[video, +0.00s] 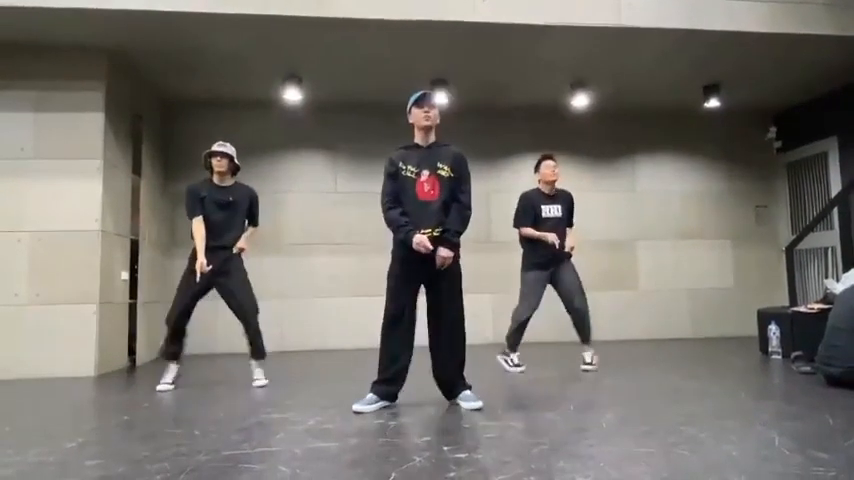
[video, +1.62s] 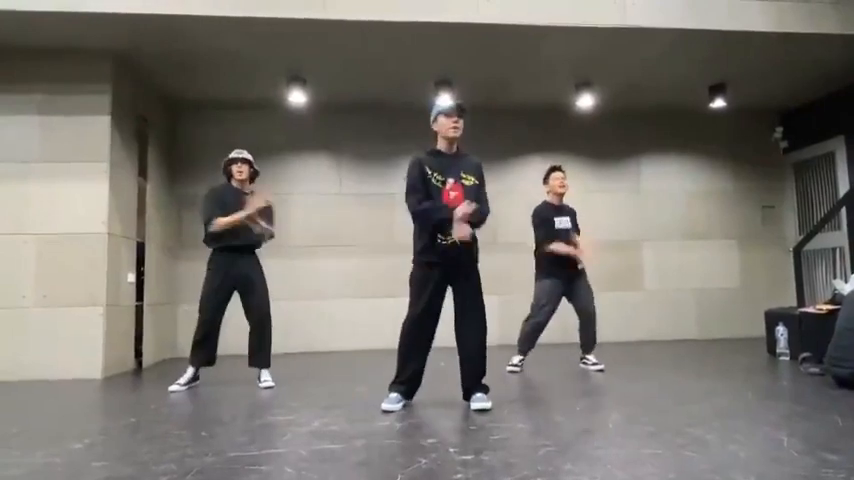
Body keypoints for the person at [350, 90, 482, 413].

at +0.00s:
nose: (427, 112)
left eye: (432, 107)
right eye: (421, 107)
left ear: (438, 115)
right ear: (410, 116)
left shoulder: (454, 158)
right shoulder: (397, 159)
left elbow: (462, 205)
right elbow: (390, 207)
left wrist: (449, 241)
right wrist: (410, 235)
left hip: (445, 251)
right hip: (407, 250)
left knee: (449, 320)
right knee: (397, 319)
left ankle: (456, 388)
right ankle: (385, 390)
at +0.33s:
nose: (437, 114)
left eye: (440, 110)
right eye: (429, 109)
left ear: (445, 118)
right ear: (416, 119)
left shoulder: (458, 161)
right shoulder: (406, 159)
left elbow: (466, 208)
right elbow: (401, 205)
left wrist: (457, 242)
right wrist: (441, 227)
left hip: (449, 255)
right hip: (413, 256)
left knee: (457, 323)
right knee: (400, 323)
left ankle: (458, 388)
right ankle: (387, 391)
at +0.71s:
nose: (421, 121)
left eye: (424, 116)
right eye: (415, 116)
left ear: (428, 123)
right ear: (399, 122)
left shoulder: (432, 168)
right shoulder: (387, 161)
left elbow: (437, 208)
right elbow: (389, 198)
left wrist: (438, 241)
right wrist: (436, 197)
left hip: (425, 257)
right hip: (392, 258)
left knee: (443, 325)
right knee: (385, 325)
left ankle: (452, 390)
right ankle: (374, 390)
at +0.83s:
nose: (408, 124)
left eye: (413, 120)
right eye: (402, 120)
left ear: (420, 127)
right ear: (392, 127)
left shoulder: (434, 169)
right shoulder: (378, 167)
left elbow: (441, 216)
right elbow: (369, 215)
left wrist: (427, 250)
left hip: (421, 263)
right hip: (382, 264)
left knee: (437, 325)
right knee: (379, 329)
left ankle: (458, 388)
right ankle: (377, 390)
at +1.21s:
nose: (410, 119)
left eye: (416, 114)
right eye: (407, 115)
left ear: (432, 117)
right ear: (403, 121)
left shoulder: (446, 146)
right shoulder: (408, 161)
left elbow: (459, 192)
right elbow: (399, 203)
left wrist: (441, 231)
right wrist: (374, 208)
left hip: (447, 249)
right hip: (414, 250)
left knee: (458, 317)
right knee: (398, 316)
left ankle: (475, 387)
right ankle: (381, 388)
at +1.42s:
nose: (442, 127)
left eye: (447, 122)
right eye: (436, 122)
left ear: (456, 128)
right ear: (427, 127)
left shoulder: (473, 166)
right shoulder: (417, 171)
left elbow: (481, 211)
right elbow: (412, 213)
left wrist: (466, 247)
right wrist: (412, 239)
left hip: (465, 257)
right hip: (429, 258)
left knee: (469, 326)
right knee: (415, 324)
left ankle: (474, 389)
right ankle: (404, 390)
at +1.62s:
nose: (455, 121)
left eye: (459, 117)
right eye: (448, 116)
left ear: (463, 124)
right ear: (434, 123)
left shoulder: (473, 167)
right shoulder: (421, 164)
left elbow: (482, 209)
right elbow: (417, 208)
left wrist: (469, 217)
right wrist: (453, 212)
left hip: (464, 257)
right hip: (430, 257)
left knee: (472, 323)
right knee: (418, 323)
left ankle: (475, 390)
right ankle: (401, 389)